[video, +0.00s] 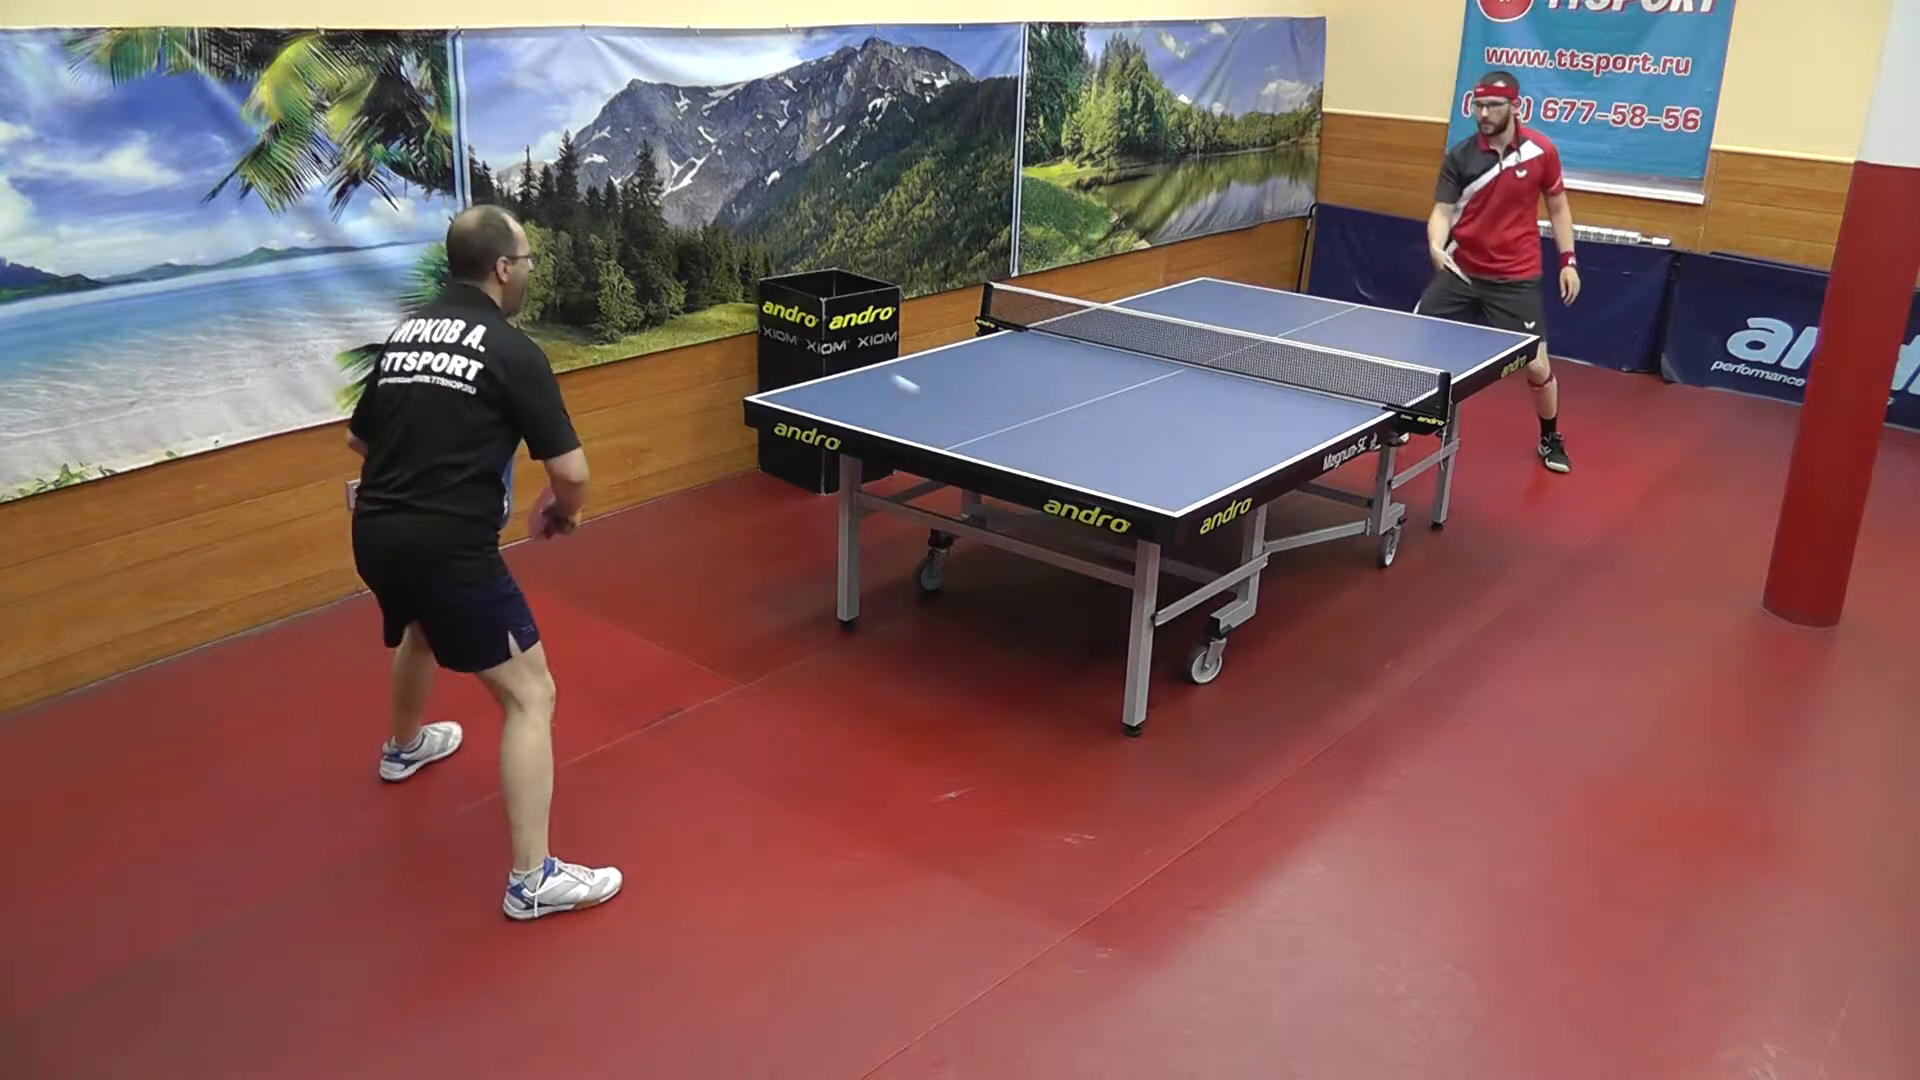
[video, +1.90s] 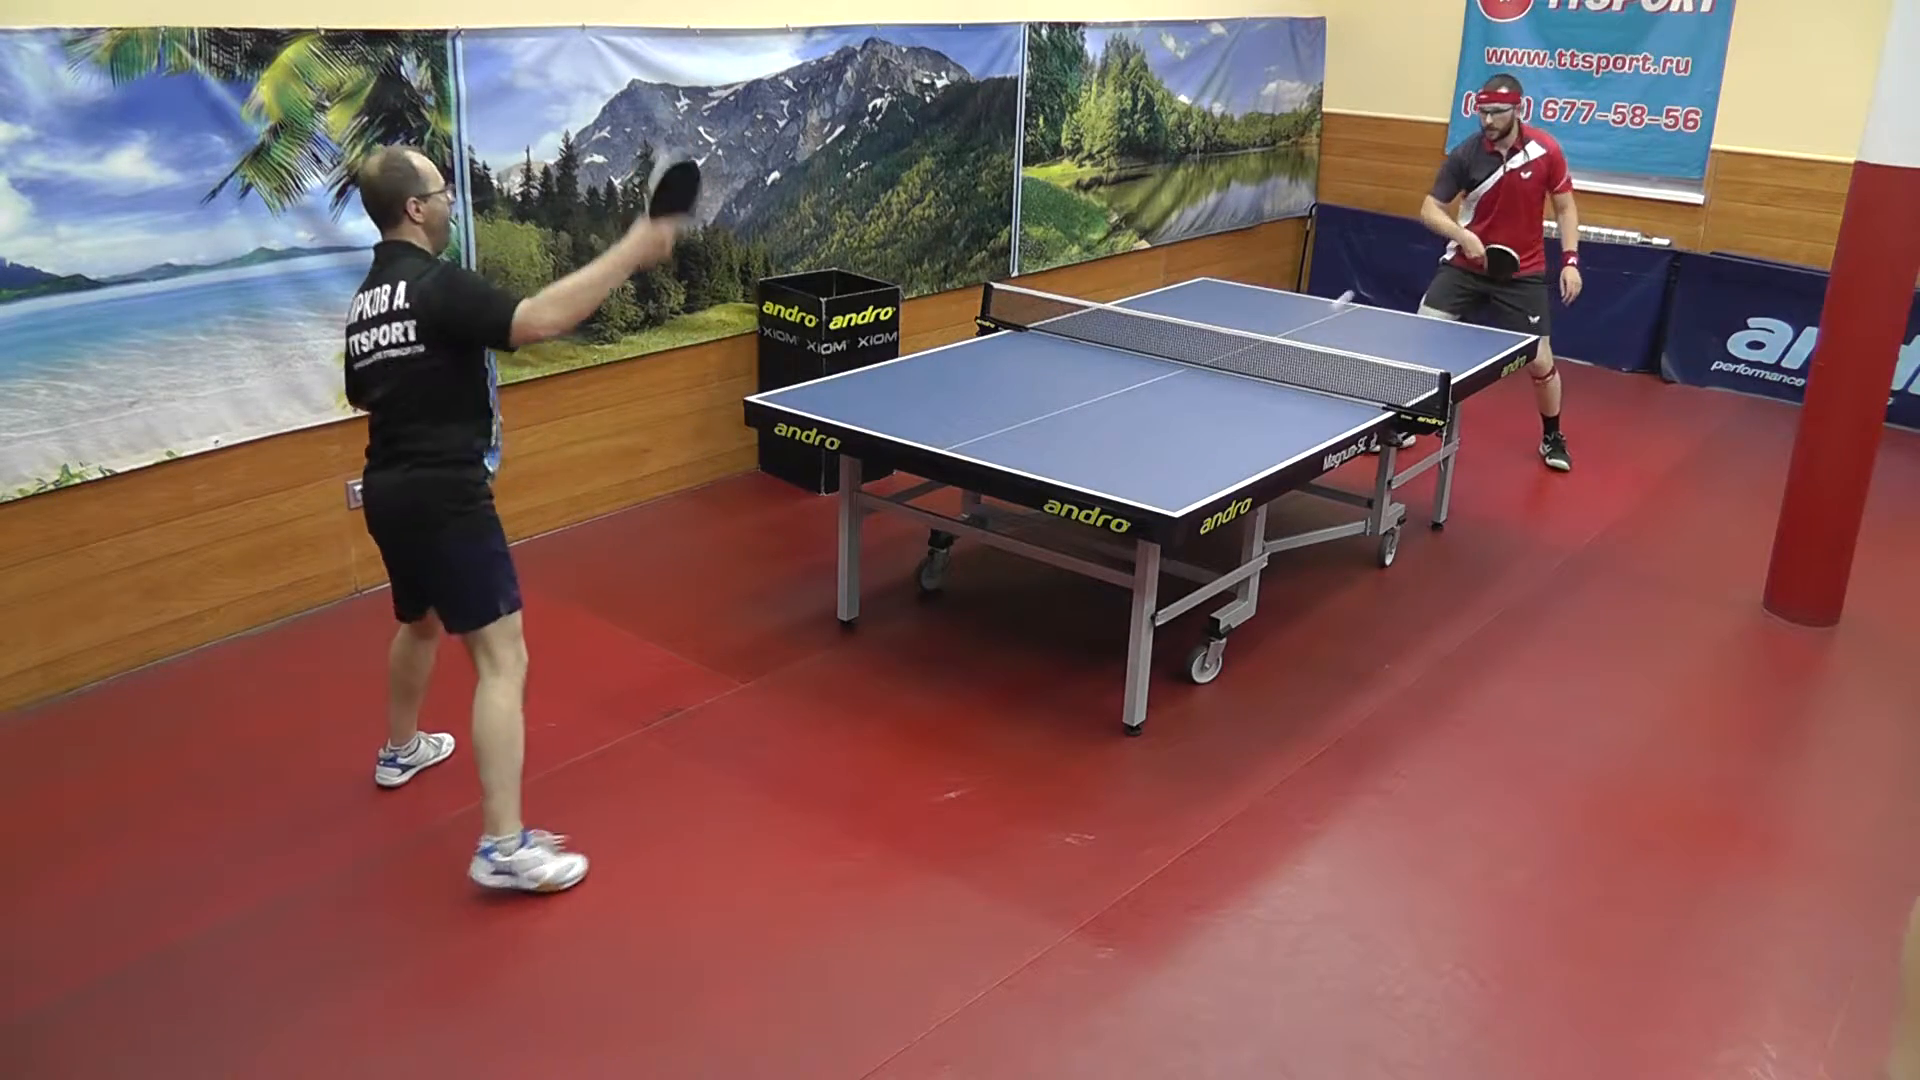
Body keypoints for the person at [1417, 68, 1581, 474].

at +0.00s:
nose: (1484, 114)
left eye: (1493, 106)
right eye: (1479, 106)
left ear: (1514, 107)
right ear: (1472, 107)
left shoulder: (1541, 153)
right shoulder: (1460, 156)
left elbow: (1558, 207)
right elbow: (1443, 211)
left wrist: (1568, 262)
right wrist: (1436, 247)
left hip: (1516, 281)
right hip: (1459, 274)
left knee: (1537, 368)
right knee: (1415, 342)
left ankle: (1550, 437)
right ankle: (1414, 410)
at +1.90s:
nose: (1490, 120)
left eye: (1499, 111)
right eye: (1484, 111)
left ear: (1519, 110)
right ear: (1478, 110)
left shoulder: (1545, 152)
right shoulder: (1466, 155)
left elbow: (1565, 207)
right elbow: (1429, 209)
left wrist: (1570, 262)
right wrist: (1462, 235)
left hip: (1523, 277)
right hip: (1464, 269)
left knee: (1539, 362)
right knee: (1422, 338)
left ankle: (1552, 437)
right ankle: (1412, 414)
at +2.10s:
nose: (1433, 126)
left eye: (1441, 117)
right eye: (1426, 118)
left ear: (1459, 115)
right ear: (1420, 119)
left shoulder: (1491, 152)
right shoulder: (1417, 160)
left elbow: (1525, 198)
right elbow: (1382, 180)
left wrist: (1562, 242)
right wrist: (1337, 159)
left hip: (1502, 279)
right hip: (1443, 279)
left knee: (1534, 360)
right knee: (1403, 347)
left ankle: (1552, 436)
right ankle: (1386, 429)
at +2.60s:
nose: (1428, 93)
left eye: (1437, 86)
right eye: (1424, 86)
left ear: (1462, 86)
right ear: (1423, 87)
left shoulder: (1495, 133)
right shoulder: (1423, 137)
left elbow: (1519, 190)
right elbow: (1392, 192)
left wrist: (1501, 221)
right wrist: (1346, 200)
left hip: (1481, 271)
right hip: (1428, 266)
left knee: (1499, 360)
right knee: (1396, 345)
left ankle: (1517, 448)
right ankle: (1386, 427)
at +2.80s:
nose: (1469, 97)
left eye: (1478, 90)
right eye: (1467, 89)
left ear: (1504, 92)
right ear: (1468, 90)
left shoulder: (1532, 137)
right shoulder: (1468, 135)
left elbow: (1533, 201)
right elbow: (1445, 190)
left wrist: (1486, 219)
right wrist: (1398, 197)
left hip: (1503, 276)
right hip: (1455, 269)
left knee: (1504, 366)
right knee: (1411, 341)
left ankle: (1517, 450)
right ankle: (1394, 427)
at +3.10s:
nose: (1504, 91)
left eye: (1513, 84)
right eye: (1502, 83)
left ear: (1538, 85)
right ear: (1505, 85)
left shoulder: (1563, 133)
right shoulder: (1512, 129)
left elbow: (1567, 207)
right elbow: (1501, 188)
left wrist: (1534, 260)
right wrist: (1455, 216)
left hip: (1534, 267)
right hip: (1496, 260)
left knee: (1515, 363)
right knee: (1465, 342)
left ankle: (1518, 452)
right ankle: (1440, 417)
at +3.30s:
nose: (1515, 87)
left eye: (1524, 80)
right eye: (1512, 79)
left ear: (1548, 82)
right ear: (1513, 82)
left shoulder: (1572, 131)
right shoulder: (1520, 128)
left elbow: (1585, 201)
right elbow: (1512, 187)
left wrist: (1589, 264)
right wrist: (1472, 226)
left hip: (1543, 263)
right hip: (1505, 256)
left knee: (1524, 354)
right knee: (1495, 338)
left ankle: (1520, 450)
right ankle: (1506, 410)